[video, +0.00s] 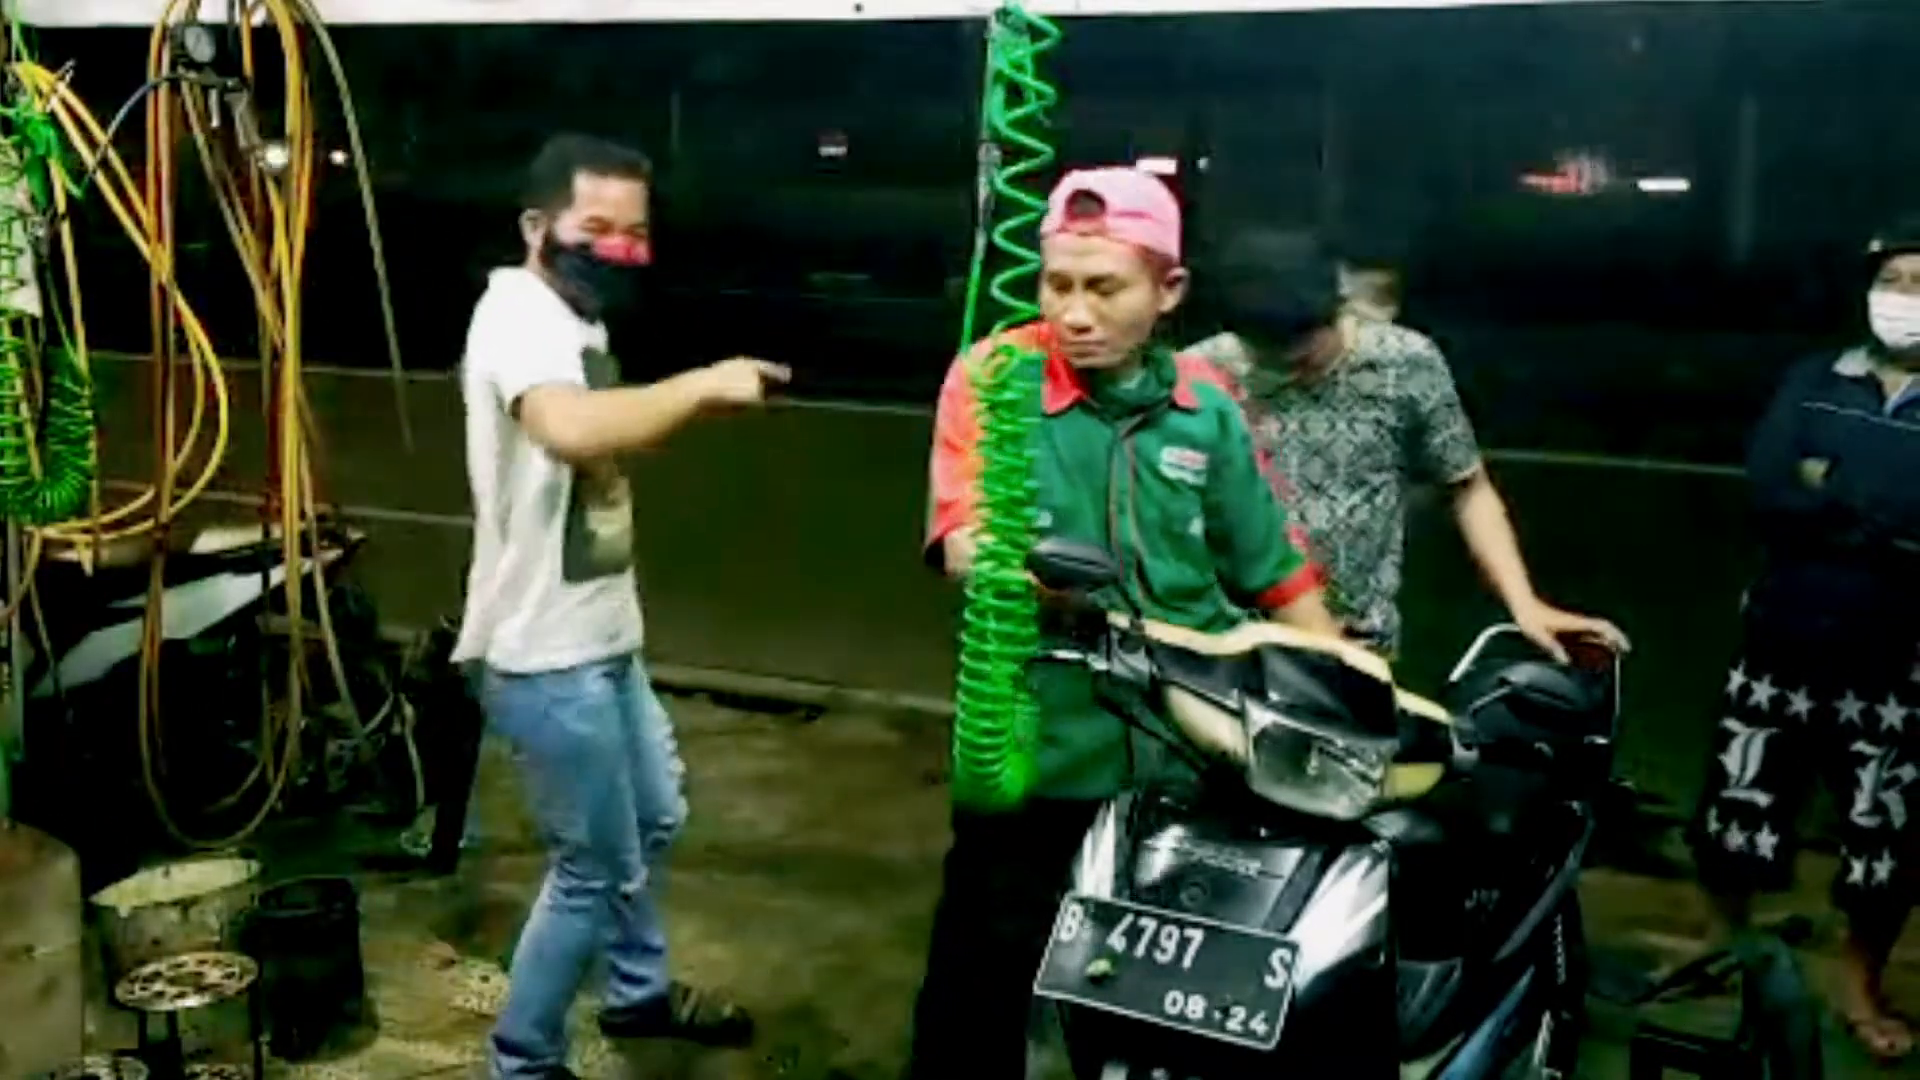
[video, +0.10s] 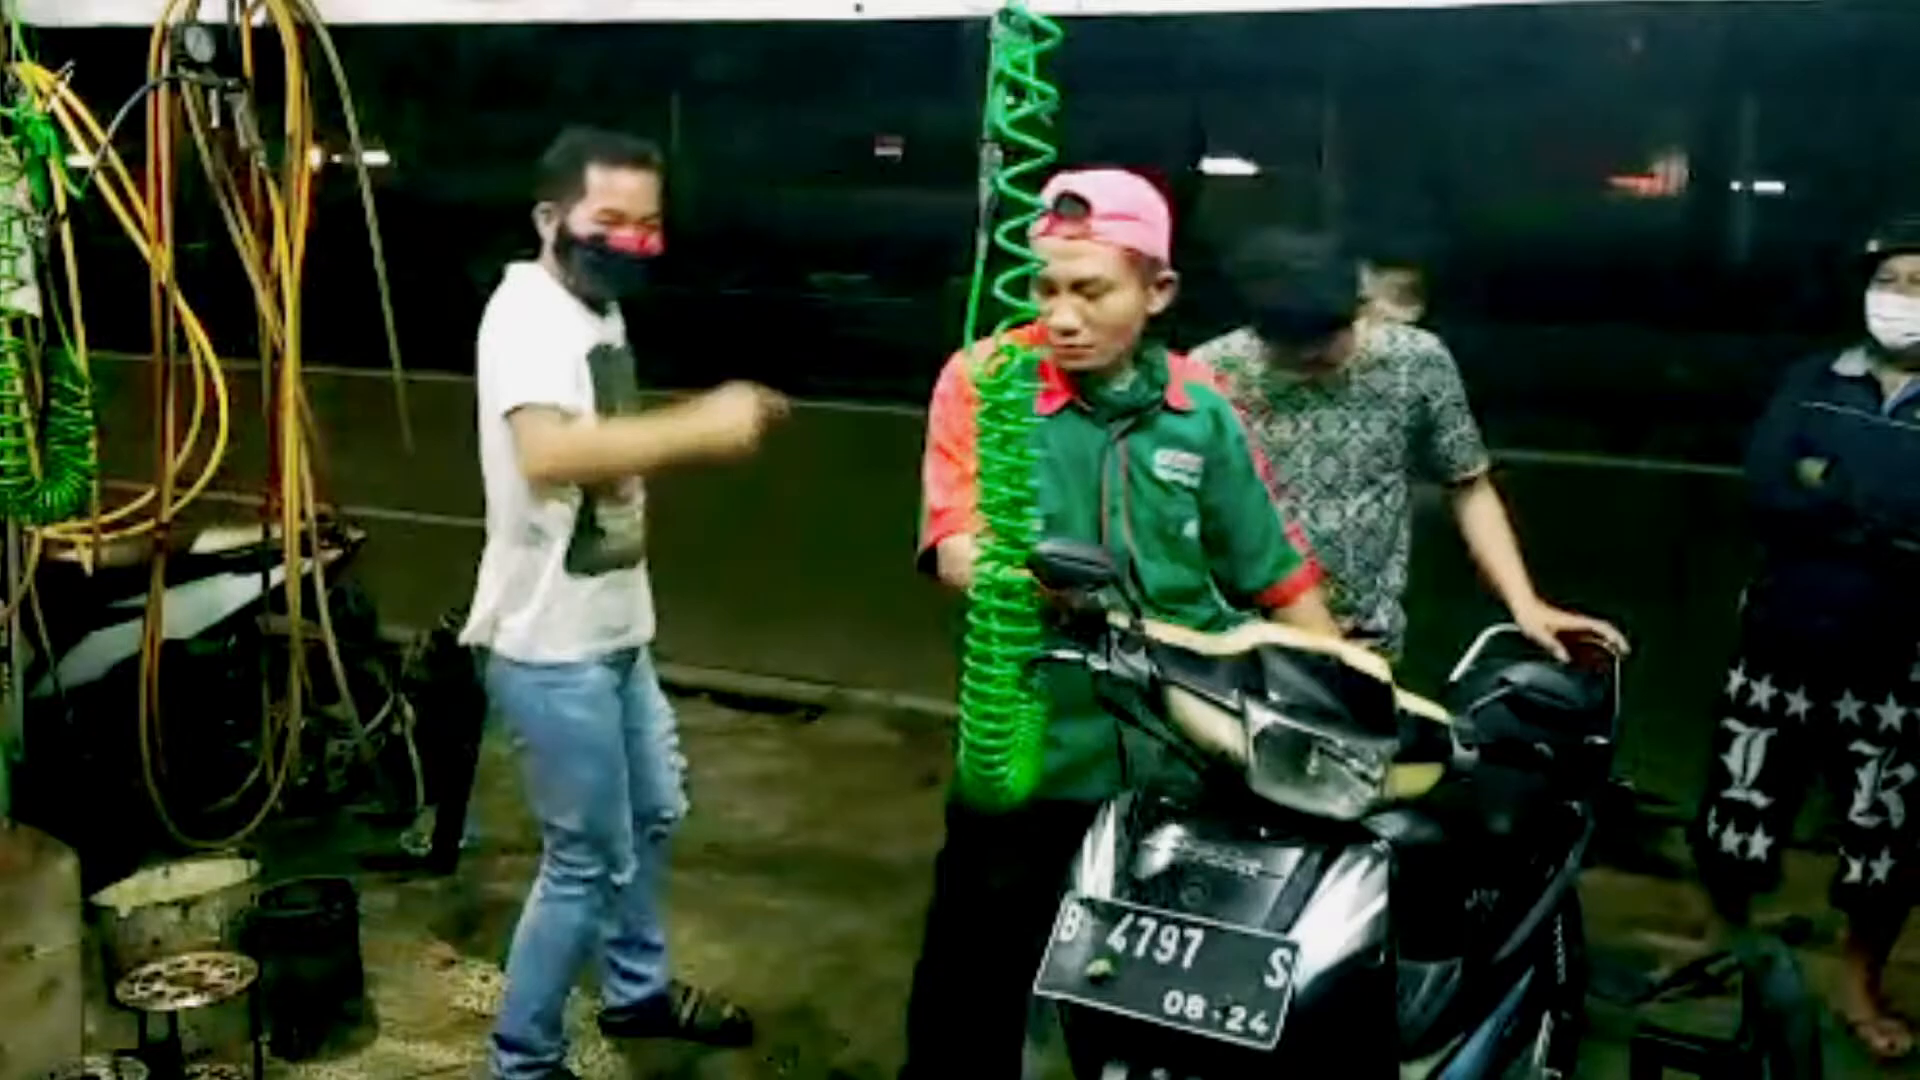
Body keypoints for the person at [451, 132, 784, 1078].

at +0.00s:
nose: (619, 253)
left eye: (632, 235)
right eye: (600, 230)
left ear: (640, 233)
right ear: (540, 227)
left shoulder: (573, 321)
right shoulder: (513, 313)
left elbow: (578, 454)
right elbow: (569, 428)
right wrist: (701, 388)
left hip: (602, 643)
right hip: (542, 657)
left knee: (653, 819)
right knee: (595, 863)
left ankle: (637, 998)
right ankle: (524, 1056)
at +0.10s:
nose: (630, 244)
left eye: (644, 225)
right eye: (611, 222)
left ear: (653, 225)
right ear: (554, 218)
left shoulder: (594, 308)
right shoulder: (525, 312)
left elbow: (588, 443)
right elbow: (547, 455)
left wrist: (691, 427)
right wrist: (695, 427)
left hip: (613, 631)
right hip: (548, 644)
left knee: (652, 813)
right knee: (585, 854)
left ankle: (637, 998)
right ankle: (525, 1059)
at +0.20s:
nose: (642, 241)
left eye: (656, 224)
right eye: (622, 220)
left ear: (668, 226)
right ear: (566, 219)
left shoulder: (646, 318)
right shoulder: (521, 330)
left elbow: (653, 452)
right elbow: (505, 488)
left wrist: (693, 542)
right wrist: (621, 550)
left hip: (629, 619)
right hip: (545, 630)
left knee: (667, 806)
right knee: (594, 840)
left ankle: (639, 994)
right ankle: (530, 1050)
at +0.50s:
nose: (571, 229)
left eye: (593, 214)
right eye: (562, 209)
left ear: (649, 224)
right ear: (548, 209)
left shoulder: (703, 310)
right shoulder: (514, 304)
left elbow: (793, 386)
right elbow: (435, 401)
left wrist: (764, 410)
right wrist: (447, 522)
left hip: (665, 611)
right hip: (554, 617)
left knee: (688, 803)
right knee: (580, 821)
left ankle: (641, 990)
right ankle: (535, 952)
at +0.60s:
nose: (547, 215)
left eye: (567, 200)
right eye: (541, 198)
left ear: (628, 210)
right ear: (538, 205)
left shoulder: (693, 285)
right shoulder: (518, 290)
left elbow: (794, 350)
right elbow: (456, 374)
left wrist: (725, 356)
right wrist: (446, 477)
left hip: (663, 600)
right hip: (548, 605)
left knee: (674, 794)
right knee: (546, 805)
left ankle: (640, 989)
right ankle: (540, 945)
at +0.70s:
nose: (531, 208)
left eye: (551, 193)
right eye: (528, 193)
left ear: (613, 205)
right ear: (532, 205)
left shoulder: (680, 282)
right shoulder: (509, 290)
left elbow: (775, 342)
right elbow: (458, 367)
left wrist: (713, 358)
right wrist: (441, 455)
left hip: (655, 597)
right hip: (541, 600)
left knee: (673, 790)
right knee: (546, 797)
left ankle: (642, 983)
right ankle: (546, 948)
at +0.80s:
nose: (525, 216)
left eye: (544, 199)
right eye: (518, 199)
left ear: (603, 208)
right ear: (514, 208)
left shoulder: (671, 296)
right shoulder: (486, 306)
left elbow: (740, 389)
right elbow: (452, 412)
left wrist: (707, 459)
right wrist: (455, 496)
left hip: (650, 603)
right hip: (533, 609)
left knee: (675, 784)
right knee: (544, 801)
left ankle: (648, 979)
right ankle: (548, 952)